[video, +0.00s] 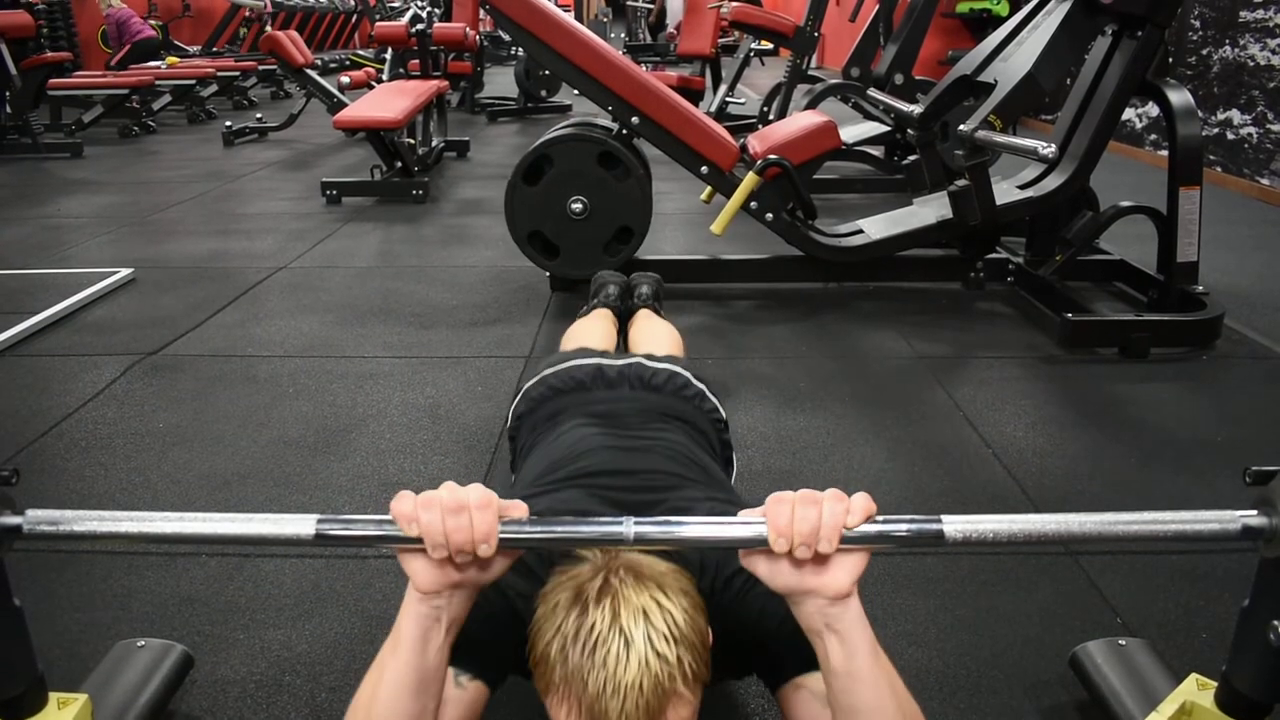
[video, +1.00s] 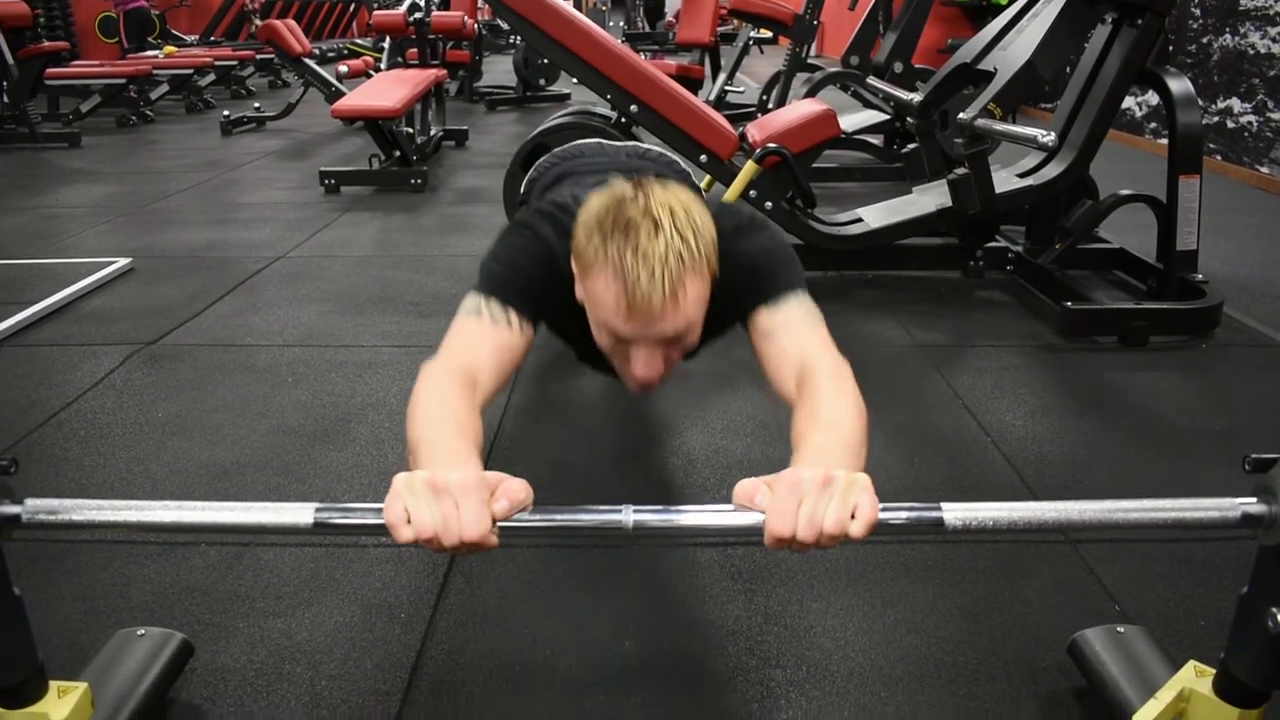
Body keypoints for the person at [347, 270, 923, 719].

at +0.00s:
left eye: (666, 718)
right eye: (589, 719)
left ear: (696, 673)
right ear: (550, 691)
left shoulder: (747, 599)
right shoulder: (502, 596)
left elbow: (844, 713)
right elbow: (419, 712)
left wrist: (835, 614)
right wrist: (431, 604)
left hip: (685, 405)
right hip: (557, 405)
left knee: (659, 343)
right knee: (584, 340)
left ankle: (639, 301)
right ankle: (604, 299)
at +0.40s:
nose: (623, 697)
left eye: (651, 669)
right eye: (594, 675)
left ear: (690, 608)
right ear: (550, 612)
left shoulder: (748, 540)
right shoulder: (502, 547)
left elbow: (849, 708)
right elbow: (403, 706)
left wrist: (833, 613)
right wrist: (431, 609)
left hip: (679, 364)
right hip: (549, 363)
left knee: (655, 318)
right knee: (575, 316)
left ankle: (637, 285)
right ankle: (594, 284)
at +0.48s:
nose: (622, 676)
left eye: (650, 645)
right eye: (592, 644)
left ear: (689, 572)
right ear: (545, 571)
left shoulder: (739, 485)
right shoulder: (506, 490)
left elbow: (861, 707)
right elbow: (386, 704)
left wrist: (829, 612)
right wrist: (431, 606)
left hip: (674, 308)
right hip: (548, 309)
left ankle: (638, 269)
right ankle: (594, 271)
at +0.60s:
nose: (626, 573)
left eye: (654, 538)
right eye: (600, 537)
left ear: (692, 473)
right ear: (560, 473)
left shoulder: (737, 420)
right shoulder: (509, 415)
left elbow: (853, 651)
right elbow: (396, 624)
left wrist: (821, 590)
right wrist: (434, 566)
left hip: (675, 259)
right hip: (553, 254)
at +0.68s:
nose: (632, 503)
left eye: (657, 480)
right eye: (608, 478)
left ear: (695, 423)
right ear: (572, 413)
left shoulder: (740, 369)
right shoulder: (528, 349)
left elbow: (846, 598)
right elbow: (405, 556)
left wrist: (820, 559)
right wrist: (444, 531)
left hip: (671, 222)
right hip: (556, 217)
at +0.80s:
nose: (642, 444)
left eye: (670, 417)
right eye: (619, 415)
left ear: (709, 359)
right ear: (582, 346)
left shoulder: (746, 309)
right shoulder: (541, 297)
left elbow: (824, 454)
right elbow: (455, 425)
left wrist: (822, 490)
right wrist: (436, 479)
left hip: (669, 191)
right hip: (559, 187)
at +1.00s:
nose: (645, 369)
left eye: (672, 341)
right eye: (619, 341)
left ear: (707, 286)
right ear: (579, 283)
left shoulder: (751, 250)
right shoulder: (534, 249)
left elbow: (820, 375)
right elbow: (451, 376)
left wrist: (821, 474)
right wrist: (446, 476)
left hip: (665, 161)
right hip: (553, 158)